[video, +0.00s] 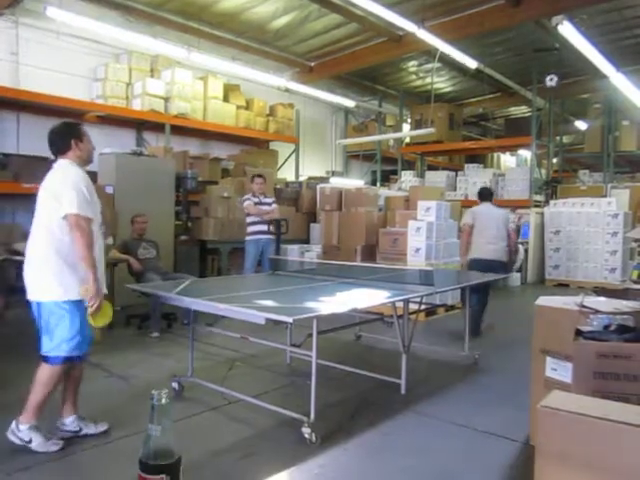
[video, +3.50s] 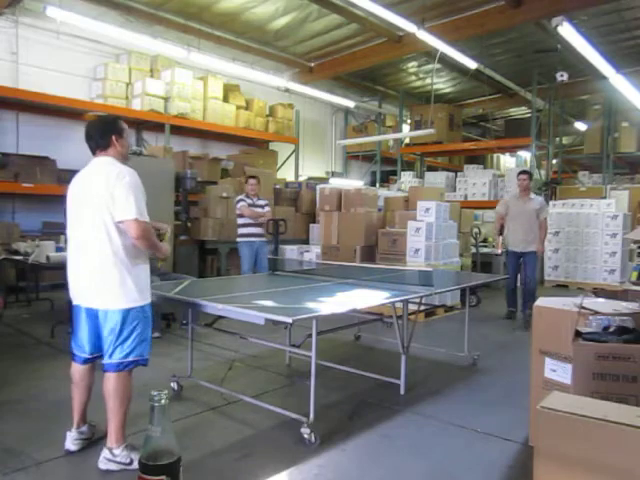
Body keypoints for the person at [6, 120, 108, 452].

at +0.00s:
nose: (92, 145)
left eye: (89, 140)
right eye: (88, 140)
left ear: (69, 146)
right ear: (75, 145)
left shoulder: (69, 175)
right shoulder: (69, 175)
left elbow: (77, 229)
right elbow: (78, 226)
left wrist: (87, 281)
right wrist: (92, 277)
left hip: (69, 282)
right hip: (55, 282)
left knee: (76, 350)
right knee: (60, 354)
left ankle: (70, 419)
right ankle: (24, 424)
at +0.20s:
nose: (101, 142)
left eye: (98, 137)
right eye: (96, 137)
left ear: (76, 145)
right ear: (84, 143)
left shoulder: (78, 173)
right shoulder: (75, 173)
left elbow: (88, 230)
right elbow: (76, 223)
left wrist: (116, 255)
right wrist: (94, 270)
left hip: (75, 282)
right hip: (71, 283)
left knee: (79, 353)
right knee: (81, 354)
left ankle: (65, 418)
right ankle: (53, 433)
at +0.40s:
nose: (112, 140)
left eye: (109, 136)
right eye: (107, 136)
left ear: (89, 144)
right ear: (94, 142)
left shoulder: (96, 172)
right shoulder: (82, 168)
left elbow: (95, 226)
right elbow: (71, 216)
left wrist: (121, 260)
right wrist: (108, 258)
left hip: (80, 283)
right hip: (86, 286)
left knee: (71, 352)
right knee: (94, 362)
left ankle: (65, 418)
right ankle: (106, 442)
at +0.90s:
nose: (144, 142)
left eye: (141, 136)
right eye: (140, 136)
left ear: (113, 141)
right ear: (126, 141)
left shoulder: (102, 170)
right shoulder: (114, 175)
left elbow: (114, 233)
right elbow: (124, 234)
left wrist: (154, 273)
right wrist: (159, 275)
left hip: (110, 286)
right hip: (121, 289)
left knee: (118, 355)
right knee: (118, 365)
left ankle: (95, 402)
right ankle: (115, 446)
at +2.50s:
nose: (147, 144)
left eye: (145, 137)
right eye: (145, 138)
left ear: (110, 141)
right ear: (135, 139)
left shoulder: (90, 176)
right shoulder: (139, 177)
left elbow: (76, 228)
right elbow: (155, 236)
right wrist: (173, 252)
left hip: (96, 289)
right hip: (132, 293)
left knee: (93, 356)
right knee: (122, 366)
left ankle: (80, 427)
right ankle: (116, 445)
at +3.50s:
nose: (128, 144)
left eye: (126, 137)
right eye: (125, 137)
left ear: (95, 144)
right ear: (115, 140)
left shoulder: (79, 179)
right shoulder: (123, 176)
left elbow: (93, 226)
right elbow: (137, 231)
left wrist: (146, 225)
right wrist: (159, 249)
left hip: (84, 290)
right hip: (120, 293)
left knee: (82, 358)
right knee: (119, 367)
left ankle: (77, 429)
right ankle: (115, 448)